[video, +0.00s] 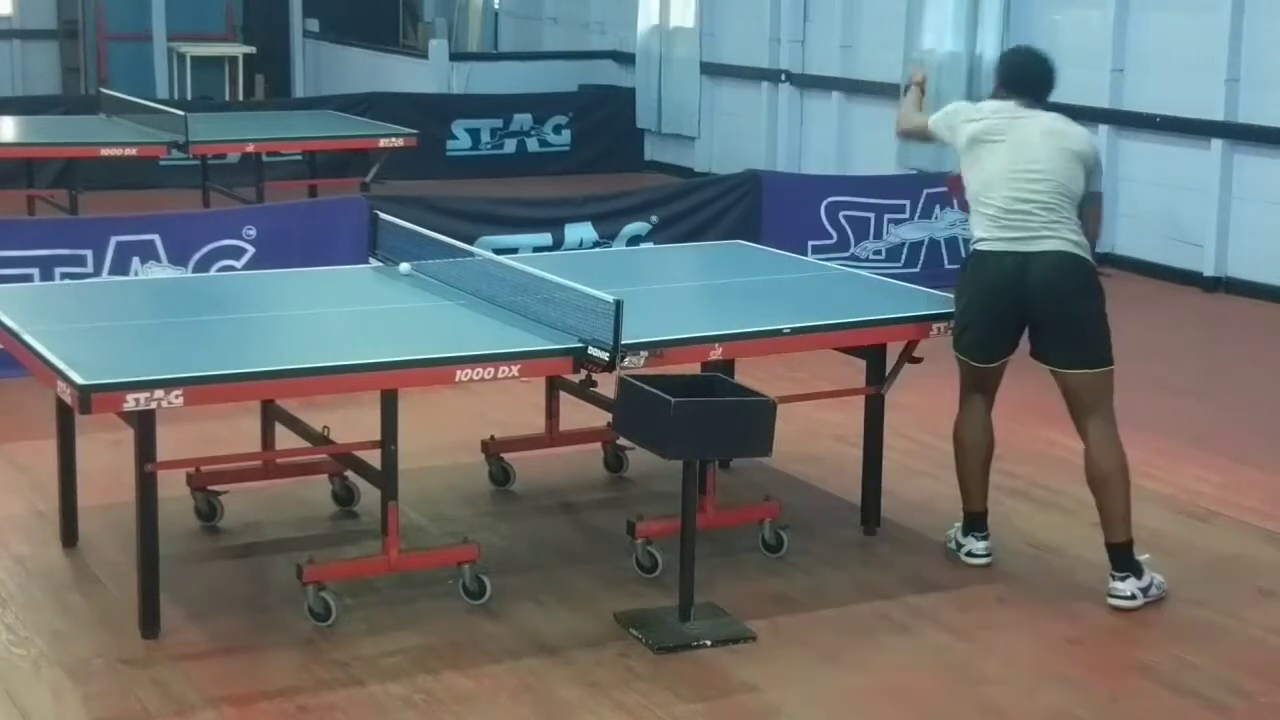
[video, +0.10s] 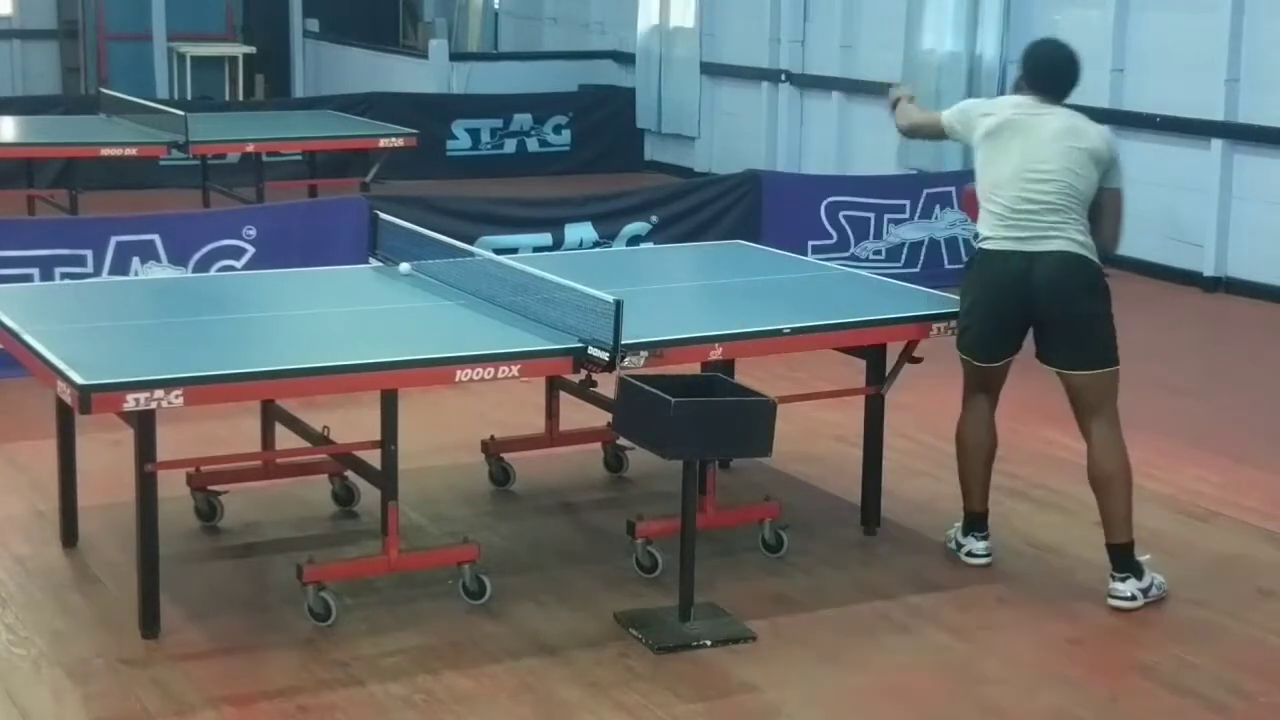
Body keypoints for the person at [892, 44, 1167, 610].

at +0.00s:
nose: (996, 87)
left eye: (998, 80)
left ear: (998, 84)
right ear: (1049, 91)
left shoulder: (969, 118)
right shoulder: (1080, 138)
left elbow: (907, 125)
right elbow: (1089, 230)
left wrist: (915, 89)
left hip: (989, 273)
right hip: (1066, 277)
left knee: (976, 396)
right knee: (1097, 421)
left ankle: (974, 532)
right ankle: (1124, 571)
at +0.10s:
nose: (1018, 81)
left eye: (1019, 72)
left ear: (1020, 77)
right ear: (1070, 88)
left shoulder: (985, 113)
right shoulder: (1097, 137)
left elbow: (911, 123)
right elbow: (1106, 238)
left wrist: (900, 102)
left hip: (995, 272)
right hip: (1073, 276)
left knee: (979, 397)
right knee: (1100, 420)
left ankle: (974, 533)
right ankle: (1125, 571)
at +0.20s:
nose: (1036, 79)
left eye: (1038, 71)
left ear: (1041, 74)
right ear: (1092, 86)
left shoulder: (1001, 112)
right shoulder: (1113, 138)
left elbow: (915, 142)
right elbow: (1129, 236)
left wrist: (886, 132)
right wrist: (1073, 222)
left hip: (1002, 270)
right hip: (1079, 276)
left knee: (984, 396)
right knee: (1105, 423)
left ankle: (975, 533)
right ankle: (1125, 573)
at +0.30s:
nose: (1053, 76)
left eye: (1057, 68)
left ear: (1058, 73)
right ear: (1110, 85)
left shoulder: (1016, 112)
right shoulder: (1130, 136)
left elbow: (920, 155)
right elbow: (1154, 223)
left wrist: (858, 161)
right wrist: (1091, 229)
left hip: (1012, 271)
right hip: (1089, 279)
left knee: (989, 395)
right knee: (1111, 422)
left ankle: (975, 533)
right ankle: (1126, 574)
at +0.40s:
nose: (1060, 73)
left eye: (1065, 65)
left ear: (1069, 69)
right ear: (1118, 83)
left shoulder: (1027, 112)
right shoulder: (1140, 131)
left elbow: (937, 162)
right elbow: (1170, 209)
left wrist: (845, 181)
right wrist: (1115, 226)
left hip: (1025, 270)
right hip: (1102, 277)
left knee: (997, 394)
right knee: (1120, 422)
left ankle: (976, 532)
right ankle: (1126, 572)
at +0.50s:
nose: (1060, 80)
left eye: (1064, 72)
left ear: (1070, 75)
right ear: (1119, 90)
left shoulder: (1031, 115)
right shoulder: (1145, 131)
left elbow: (943, 169)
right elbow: (1182, 216)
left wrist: (849, 190)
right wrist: (1141, 233)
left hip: (1041, 276)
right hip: (1120, 283)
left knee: (998, 387)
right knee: (1135, 425)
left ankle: (977, 524)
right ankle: (1127, 570)